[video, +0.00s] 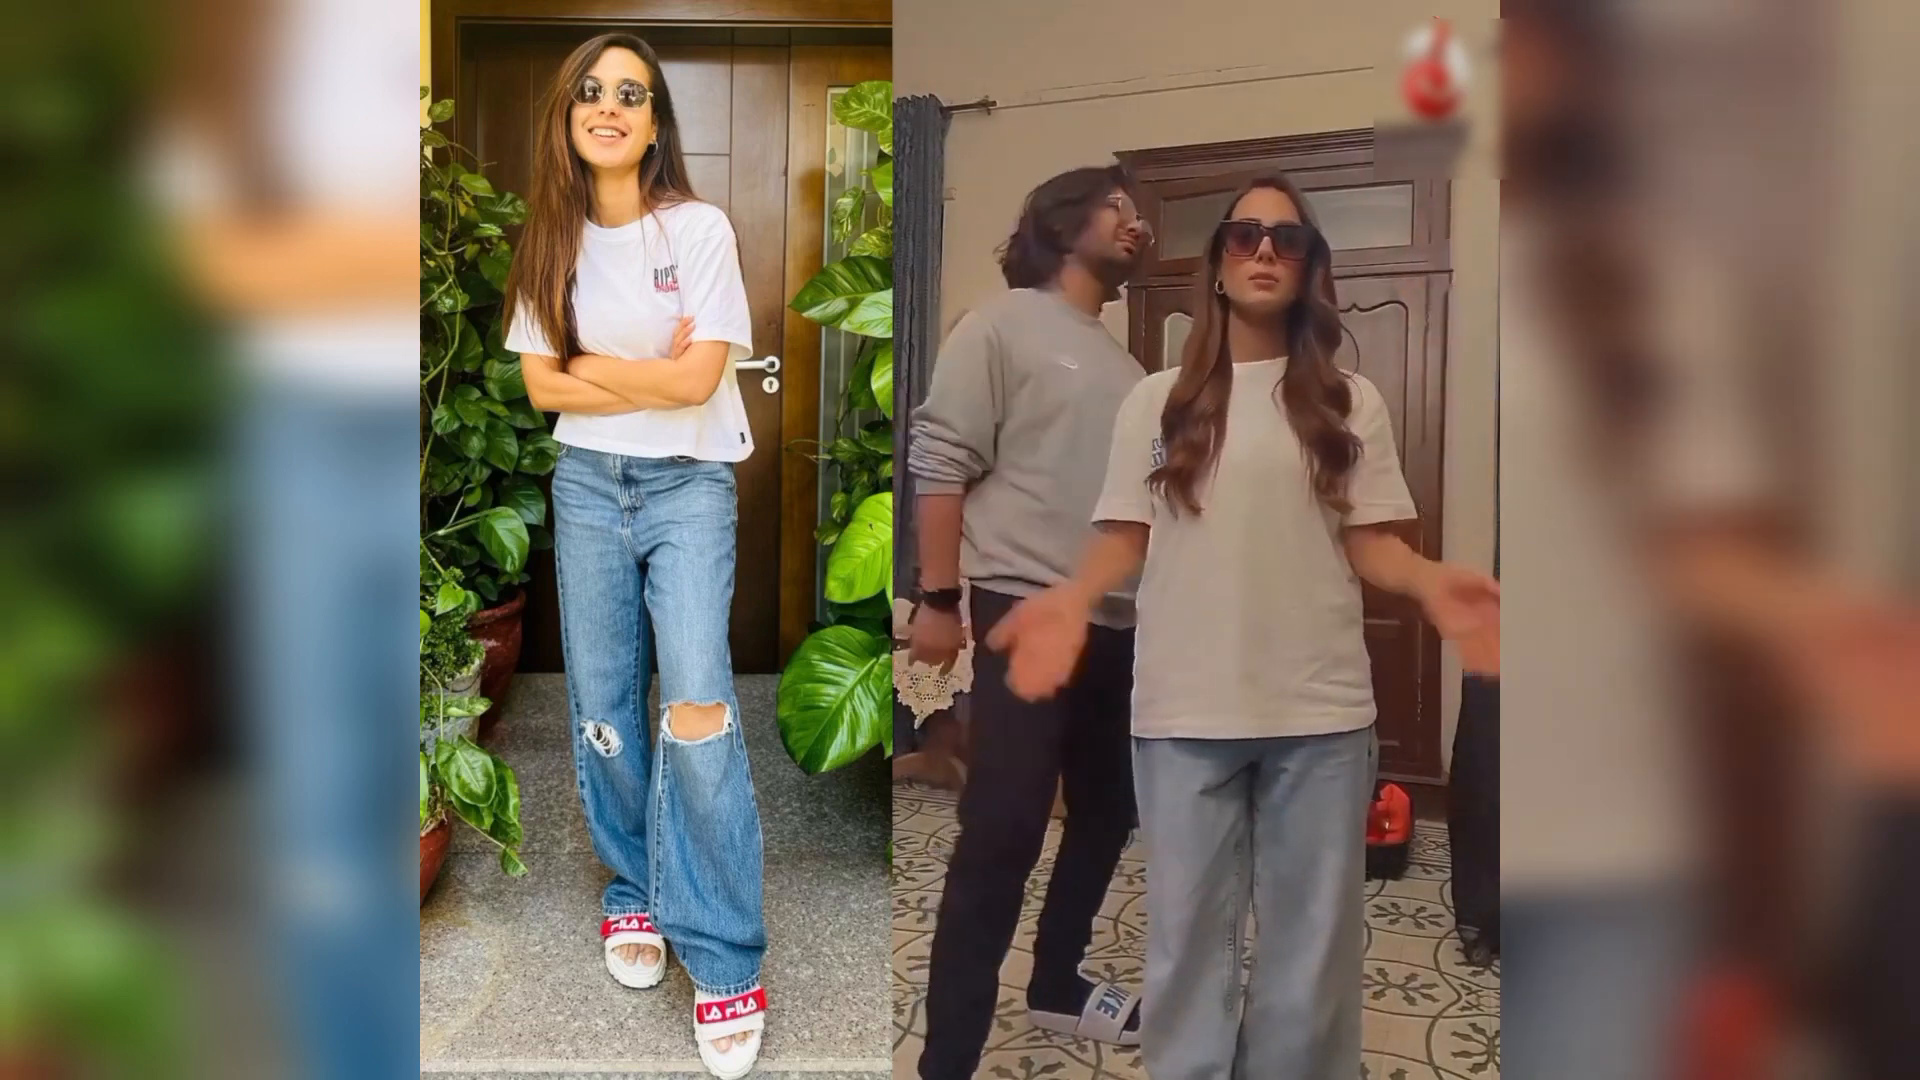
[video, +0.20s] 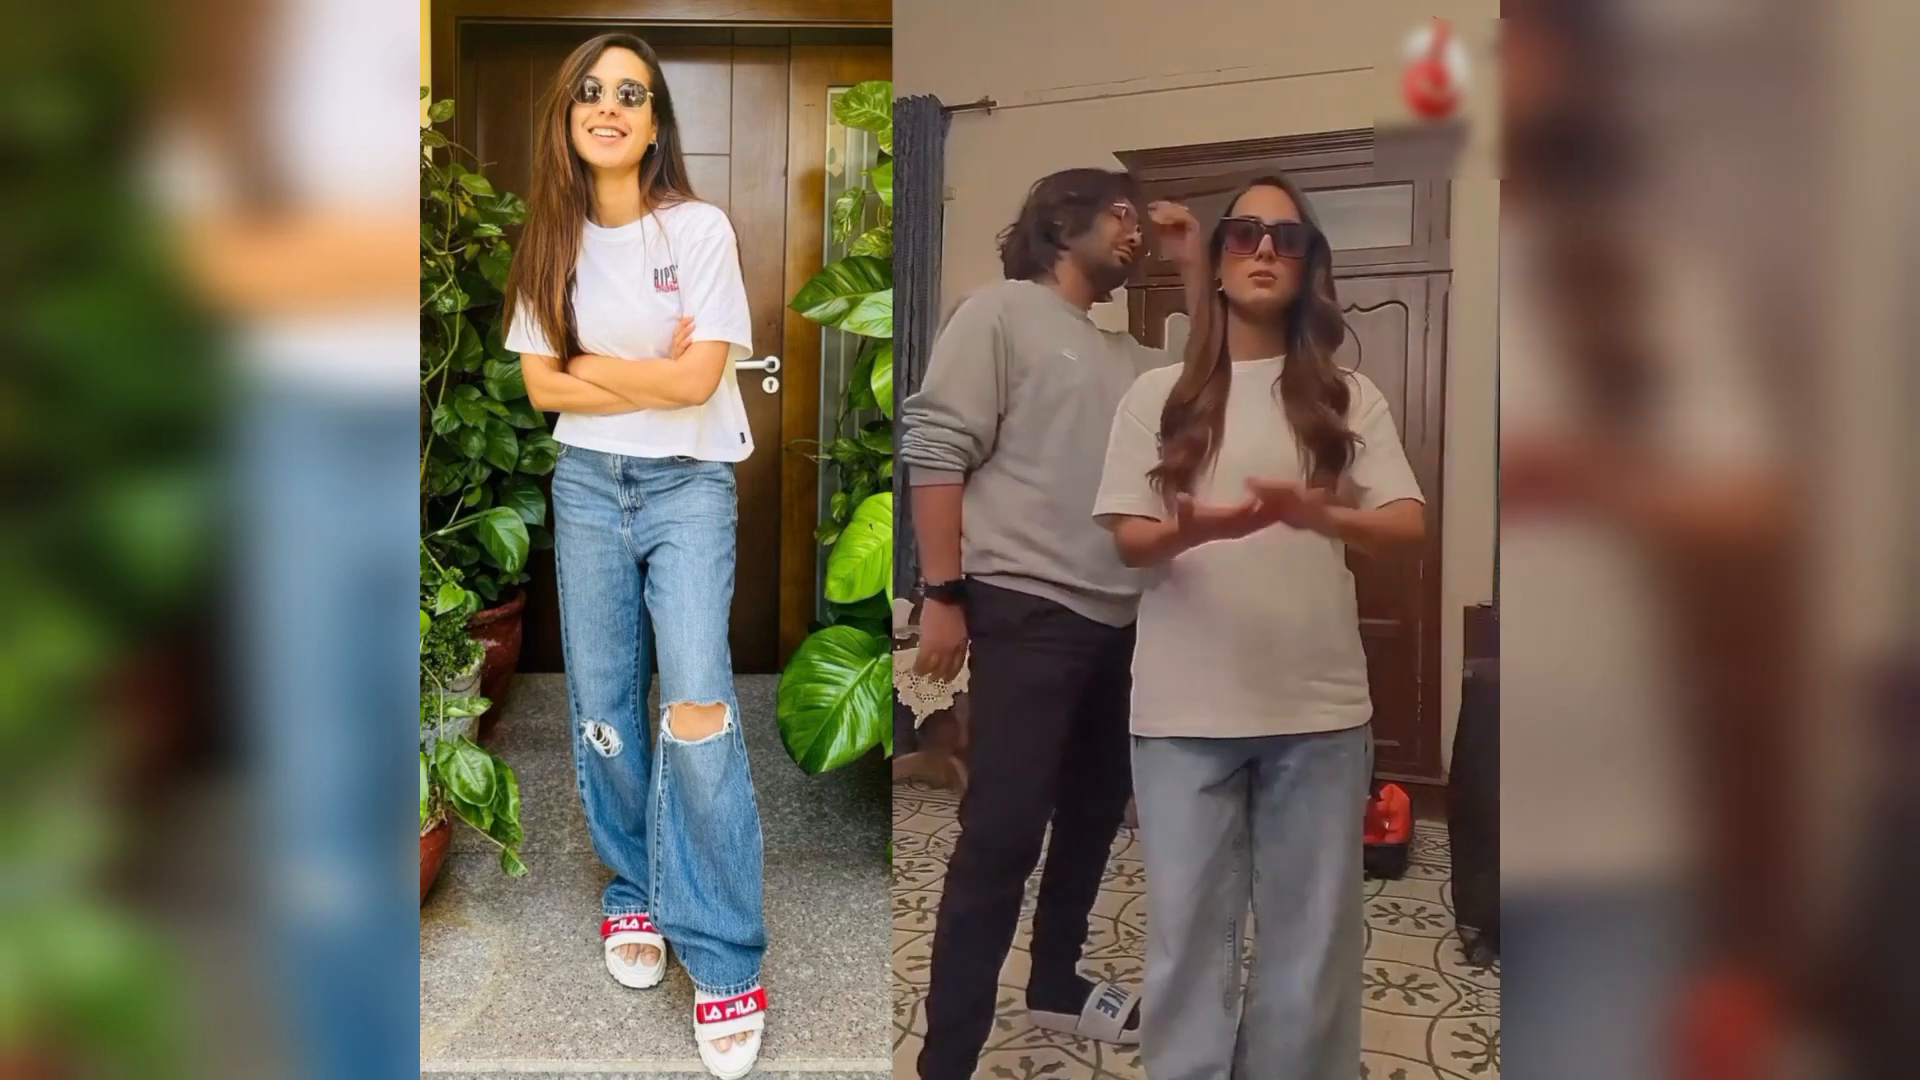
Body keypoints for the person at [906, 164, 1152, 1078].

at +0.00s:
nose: (1137, 225)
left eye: (1136, 213)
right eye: (1115, 210)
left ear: (1128, 238)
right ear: (1063, 226)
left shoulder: (1121, 355)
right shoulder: (996, 326)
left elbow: (1129, 487)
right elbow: (941, 464)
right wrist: (938, 597)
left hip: (1112, 614)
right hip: (1020, 606)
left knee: (1105, 812)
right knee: (1002, 830)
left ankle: (1056, 991)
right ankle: (948, 1061)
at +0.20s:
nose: (1135, 232)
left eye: (1137, 221)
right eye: (1120, 216)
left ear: (1126, 244)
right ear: (1065, 224)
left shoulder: (1128, 348)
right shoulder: (998, 311)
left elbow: (1199, 402)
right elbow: (934, 450)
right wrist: (941, 593)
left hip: (1119, 619)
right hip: (1023, 612)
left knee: (1091, 817)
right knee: (999, 838)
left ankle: (1056, 993)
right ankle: (947, 1062)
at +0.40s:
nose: (1131, 237)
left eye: (1132, 225)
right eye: (1118, 223)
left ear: (1093, 247)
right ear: (1070, 232)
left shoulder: (1123, 351)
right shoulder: (989, 320)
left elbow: (1205, 393)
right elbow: (939, 461)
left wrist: (1184, 270)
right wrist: (949, 602)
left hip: (1122, 620)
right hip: (1026, 612)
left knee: (1101, 817)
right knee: (1007, 836)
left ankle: (1056, 994)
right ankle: (950, 1060)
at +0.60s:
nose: (1132, 241)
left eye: (1132, 226)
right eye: (1123, 227)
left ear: (1056, 235)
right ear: (1083, 235)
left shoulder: (1129, 340)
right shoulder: (993, 321)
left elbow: (1213, 359)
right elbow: (943, 461)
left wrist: (1185, 252)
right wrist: (949, 598)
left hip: (1124, 620)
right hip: (1024, 612)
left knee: (1100, 812)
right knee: (996, 836)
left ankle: (1056, 992)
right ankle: (944, 1058)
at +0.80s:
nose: (1125, 241)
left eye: (1133, 229)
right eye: (1109, 223)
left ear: (1133, 251)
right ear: (1057, 233)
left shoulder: (1140, 341)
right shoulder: (992, 324)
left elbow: (1217, 367)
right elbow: (942, 461)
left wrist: (1189, 243)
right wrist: (952, 601)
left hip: (1127, 620)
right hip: (1023, 612)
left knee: (1111, 812)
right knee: (999, 834)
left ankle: (1057, 993)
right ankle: (944, 1059)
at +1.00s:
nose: (1113, 236)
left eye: (1128, 231)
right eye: (1098, 218)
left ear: (1135, 262)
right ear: (1054, 232)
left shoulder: (1146, 346)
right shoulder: (995, 325)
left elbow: (1224, 324)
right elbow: (937, 456)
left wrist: (1189, 220)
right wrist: (950, 596)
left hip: (1128, 621)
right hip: (1025, 610)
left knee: (1110, 816)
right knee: (1005, 830)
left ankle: (1057, 992)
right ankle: (945, 1058)